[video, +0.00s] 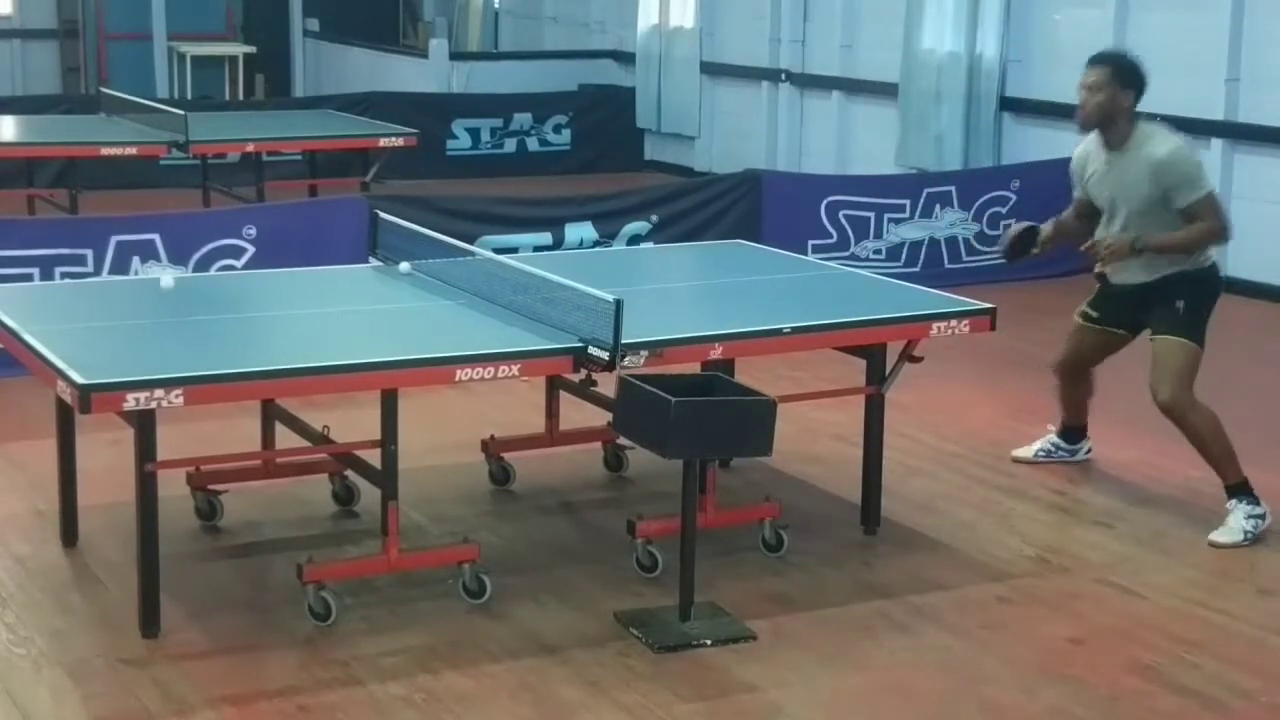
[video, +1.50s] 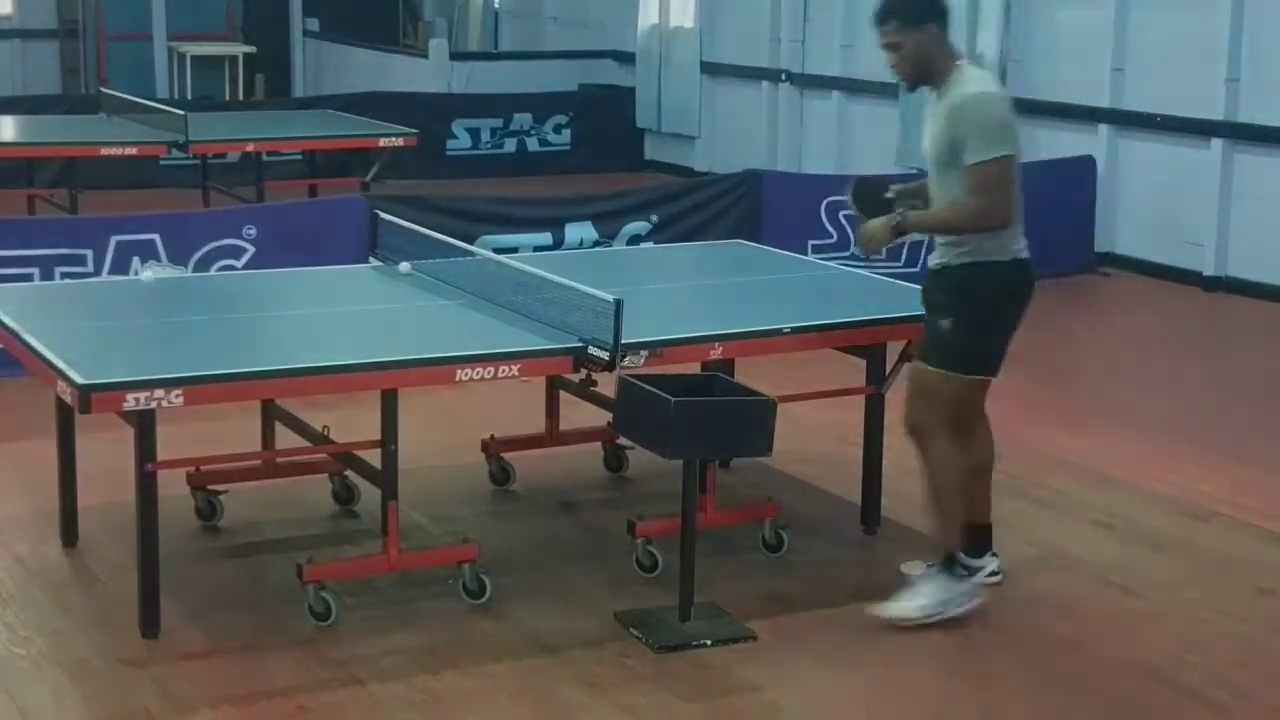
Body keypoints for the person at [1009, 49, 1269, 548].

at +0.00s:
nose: (1080, 98)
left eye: (1091, 91)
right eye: (1081, 89)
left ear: (1125, 99)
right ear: (1092, 97)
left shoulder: (1167, 153)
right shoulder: (1086, 155)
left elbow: (1216, 227)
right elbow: (1083, 218)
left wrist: (1137, 245)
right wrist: (1044, 234)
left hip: (1183, 281)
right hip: (1124, 281)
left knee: (1171, 395)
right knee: (1070, 366)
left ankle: (1246, 503)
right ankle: (1071, 440)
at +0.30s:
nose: (1116, 11)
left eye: (1131, 4)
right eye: (1118, 2)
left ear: (1164, 15)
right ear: (1123, 12)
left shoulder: (1193, 70)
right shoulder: (1113, 74)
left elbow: (1258, 135)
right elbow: (1130, 142)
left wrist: (1176, 171)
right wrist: (1110, 195)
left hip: (1195, 232)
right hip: (1137, 234)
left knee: (1187, 364)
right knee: (1142, 360)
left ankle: (1248, 485)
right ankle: (1197, 476)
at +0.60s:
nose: (1108, 24)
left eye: (1123, 17)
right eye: (1107, 14)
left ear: (1156, 25)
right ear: (1105, 19)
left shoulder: (1191, 83)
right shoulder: (1097, 89)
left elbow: (1243, 159)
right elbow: (1100, 161)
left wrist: (1169, 190)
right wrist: (1087, 207)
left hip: (1184, 248)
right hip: (1125, 256)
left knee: (1165, 382)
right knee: (1158, 382)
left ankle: (1164, 529)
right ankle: (1218, 488)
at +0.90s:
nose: (1065, 42)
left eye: (1074, 28)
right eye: (1060, 31)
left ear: (1113, 22)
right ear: (1061, 31)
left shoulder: (1155, 93)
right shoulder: (1069, 94)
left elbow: (1202, 184)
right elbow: (1078, 167)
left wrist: (1117, 206)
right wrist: (1044, 198)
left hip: (1131, 266)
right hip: (1071, 265)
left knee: (1120, 403)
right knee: (1039, 392)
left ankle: (1139, 537)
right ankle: (1123, 476)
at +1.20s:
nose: (983, 50)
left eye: (992, 36)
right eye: (980, 38)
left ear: (1030, 31)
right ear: (1002, 37)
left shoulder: (1070, 100)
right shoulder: (1014, 99)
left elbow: (1072, 206)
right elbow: (1027, 192)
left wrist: (977, 197)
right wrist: (981, 213)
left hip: (1061, 276)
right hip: (1005, 273)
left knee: (1070, 409)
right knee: (968, 401)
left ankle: (1126, 524)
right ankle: (975, 548)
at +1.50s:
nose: (890, 61)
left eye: (897, 46)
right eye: (886, 49)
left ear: (935, 34)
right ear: (911, 43)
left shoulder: (978, 102)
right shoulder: (943, 98)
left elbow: (994, 210)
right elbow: (964, 185)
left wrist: (902, 223)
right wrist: (912, 196)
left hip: (985, 275)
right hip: (964, 270)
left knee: (926, 418)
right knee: (964, 418)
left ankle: (958, 567)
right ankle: (976, 554)